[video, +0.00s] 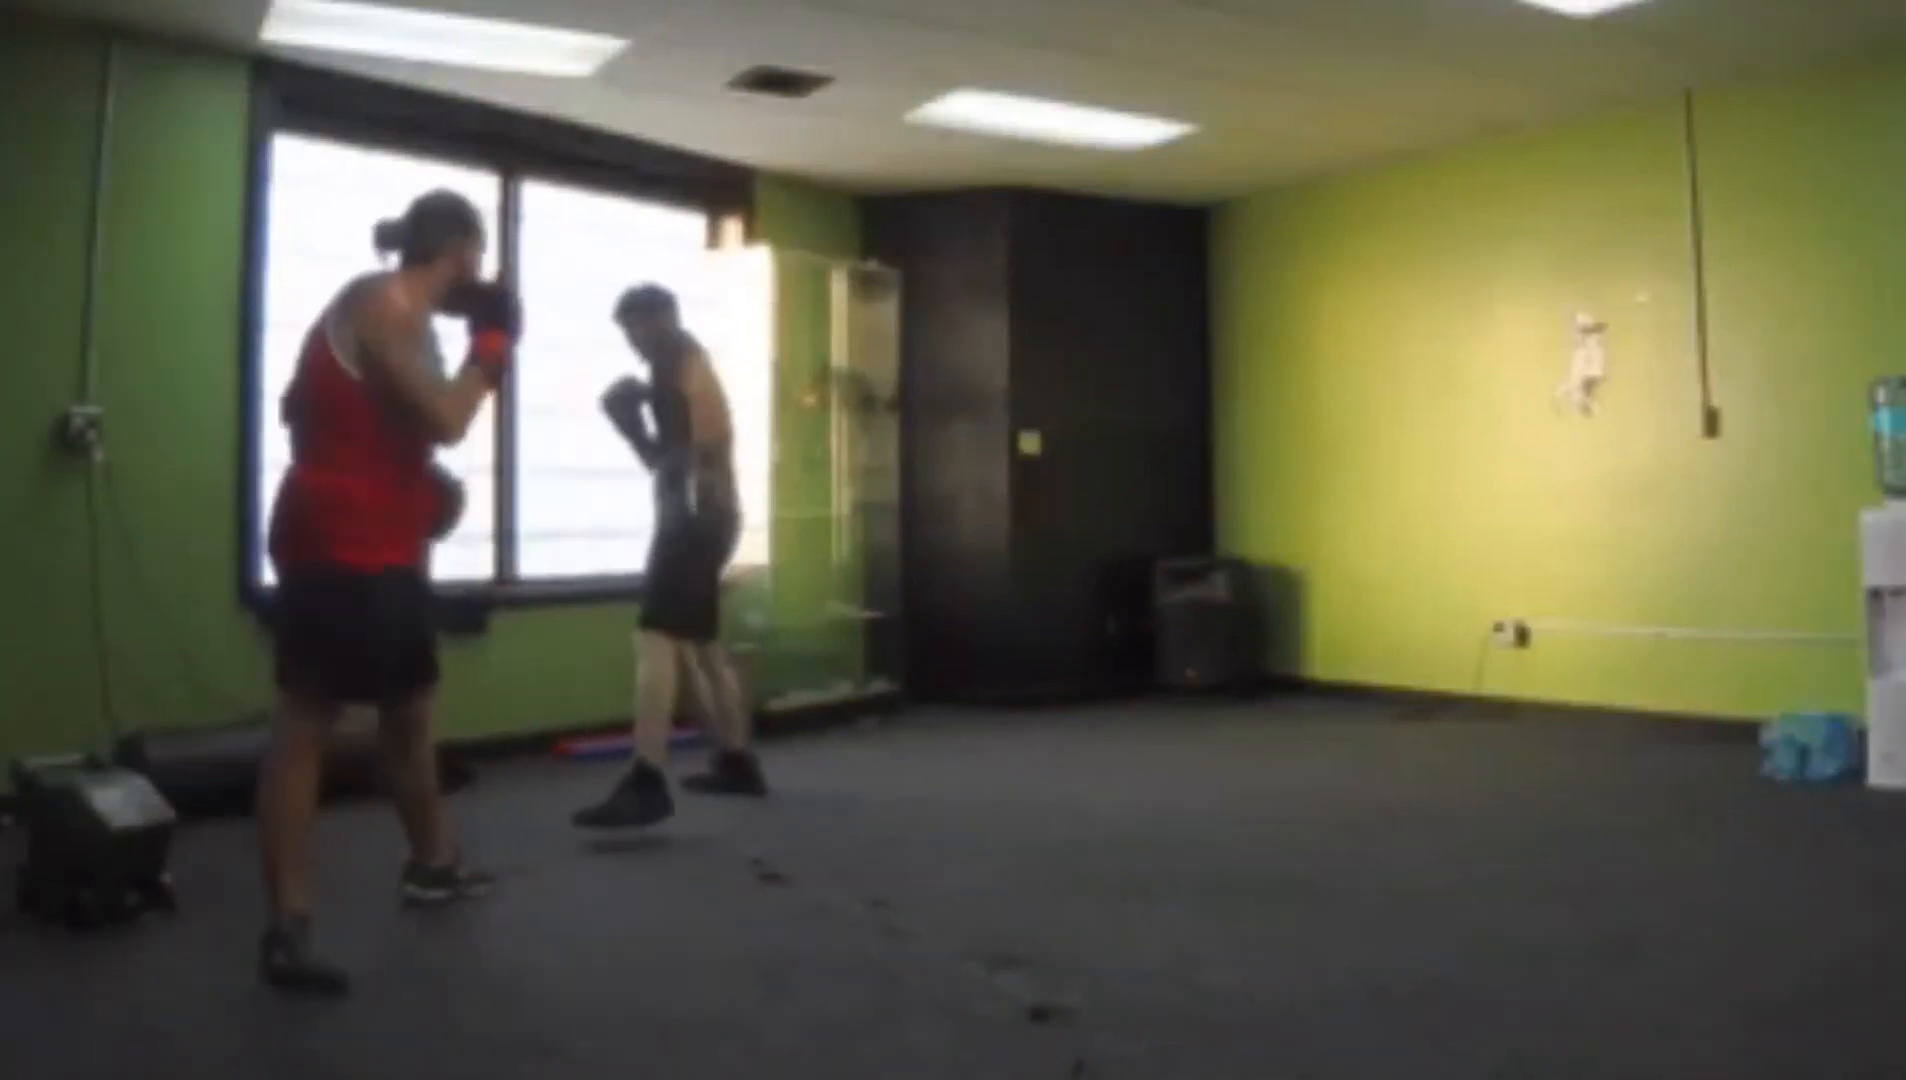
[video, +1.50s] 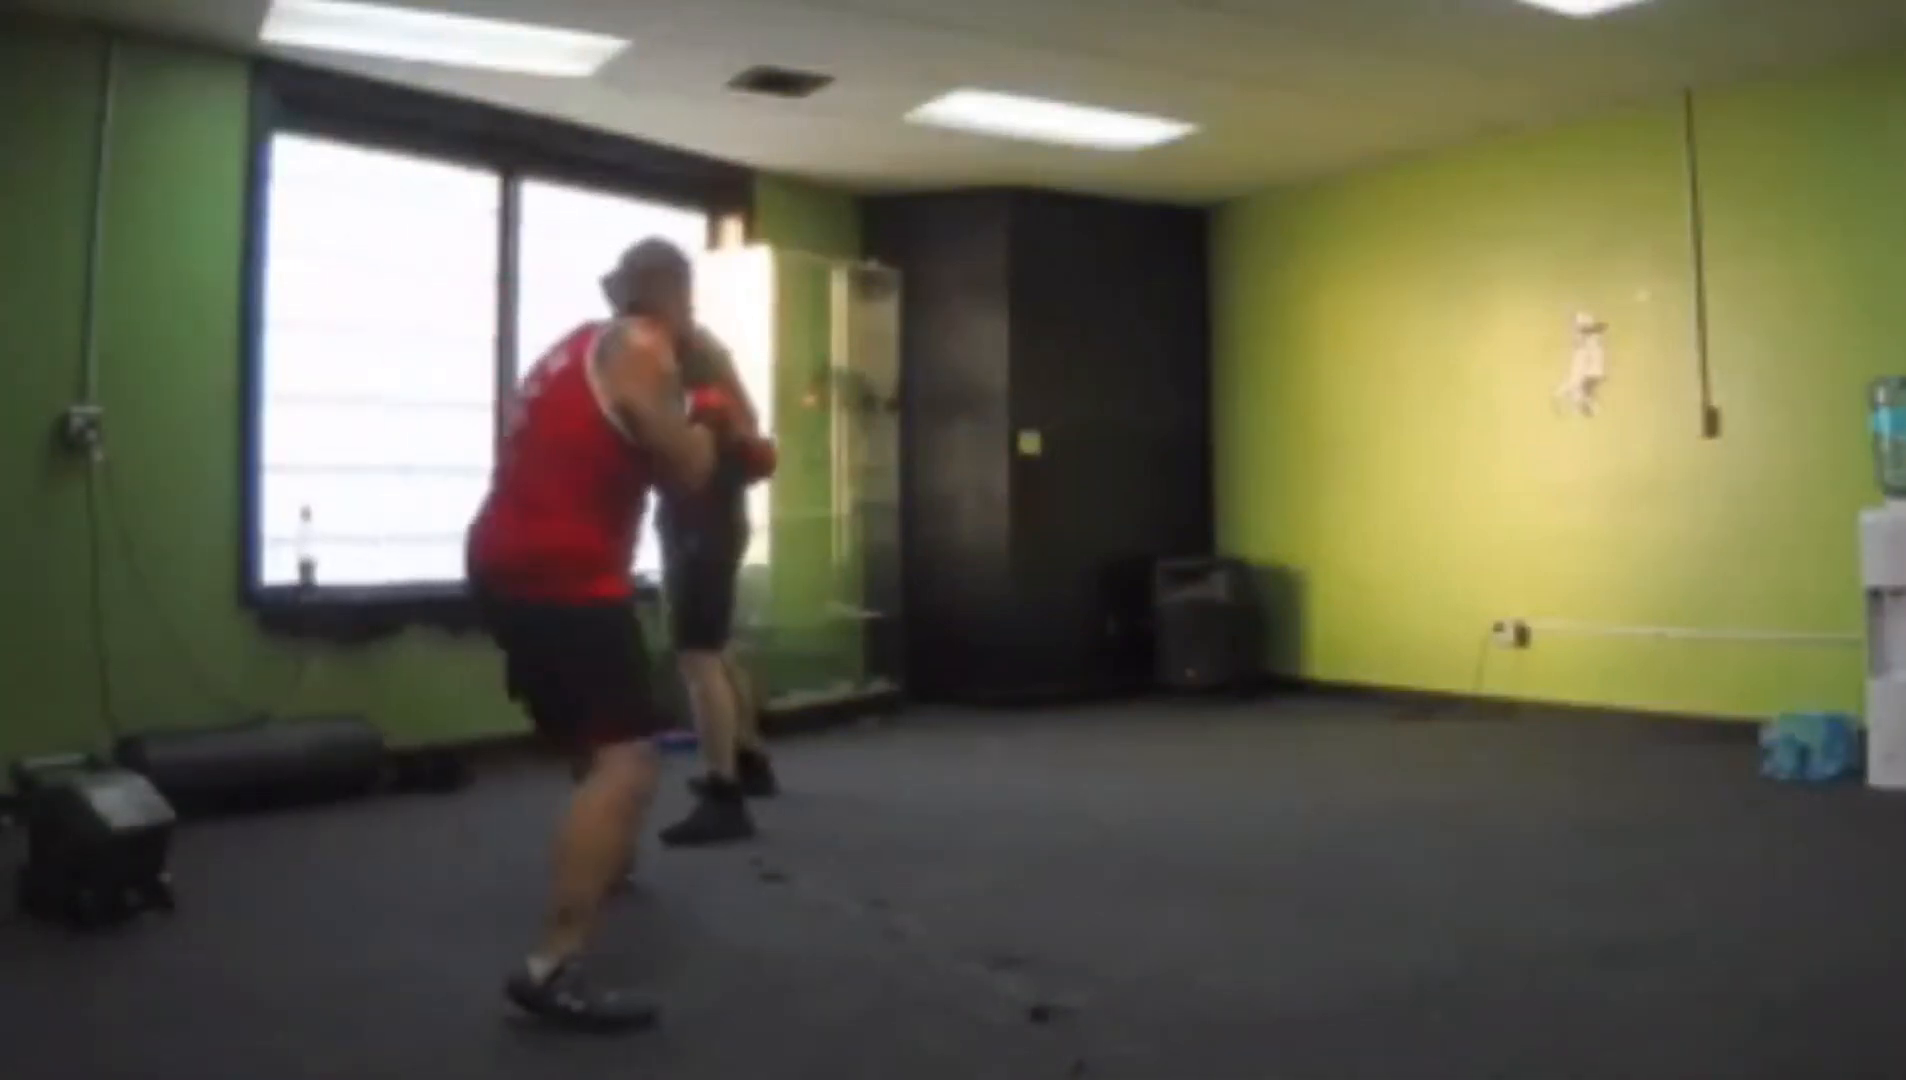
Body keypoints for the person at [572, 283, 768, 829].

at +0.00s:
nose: (634, 342)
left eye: (638, 331)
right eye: (629, 333)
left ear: (662, 321)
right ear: (644, 327)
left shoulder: (683, 366)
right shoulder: (673, 369)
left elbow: (688, 448)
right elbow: (663, 456)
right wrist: (631, 419)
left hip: (696, 508)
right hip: (695, 506)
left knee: (657, 636)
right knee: (700, 641)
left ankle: (648, 775)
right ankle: (736, 758)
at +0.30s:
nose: (645, 332)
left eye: (649, 320)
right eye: (641, 322)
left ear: (669, 309)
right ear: (653, 316)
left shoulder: (703, 348)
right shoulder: (682, 363)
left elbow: (743, 383)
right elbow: (687, 422)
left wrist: (675, 423)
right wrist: (651, 424)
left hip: (722, 510)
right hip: (704, 511)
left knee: (693, 636)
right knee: (721, 637)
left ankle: (703, 768)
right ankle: (738, 755)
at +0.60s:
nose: (634, 331)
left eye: (632, 320)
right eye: (632, 319)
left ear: (639, 313)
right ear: (668, 299)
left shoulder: (665, 357)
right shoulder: (704, 342)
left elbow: (606, 413)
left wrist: (585, 356)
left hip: (718, 517)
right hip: (742, 510)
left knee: (717, 651)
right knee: (724, 647)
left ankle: (716, 789)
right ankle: (738, 762)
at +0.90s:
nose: (632, 320)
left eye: (635, 308)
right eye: (627, 311)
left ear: (653, 303)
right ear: (635, 311)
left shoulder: (686, 340)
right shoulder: (653, 353)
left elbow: (721, 396)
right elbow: (637, 420)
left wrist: (649, 380)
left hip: (736, 516)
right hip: (711, 517)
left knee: (723, 649)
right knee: (725, 645)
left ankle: (719, 788)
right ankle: (745, 752)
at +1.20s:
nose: (635, 325)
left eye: (637, 314)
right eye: (636, 314)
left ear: (648, 312)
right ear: (675, 304)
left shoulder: (688, 351)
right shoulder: (684, 351)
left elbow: (761, 409)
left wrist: (710, 445)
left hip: (718, 514)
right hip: (710, 512)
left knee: (711, 652)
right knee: (725, 647)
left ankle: (718, 788)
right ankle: (748, 756)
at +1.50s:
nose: (628, 321)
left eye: (633, 306)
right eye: (623, 309)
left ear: (662, 300)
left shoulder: (700, 357)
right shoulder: (656, 362)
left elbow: (745, 438)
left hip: (711, 522)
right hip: (683, 521)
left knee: (699, 654)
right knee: (708, 651)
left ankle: (723, 791)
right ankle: (748, 757)